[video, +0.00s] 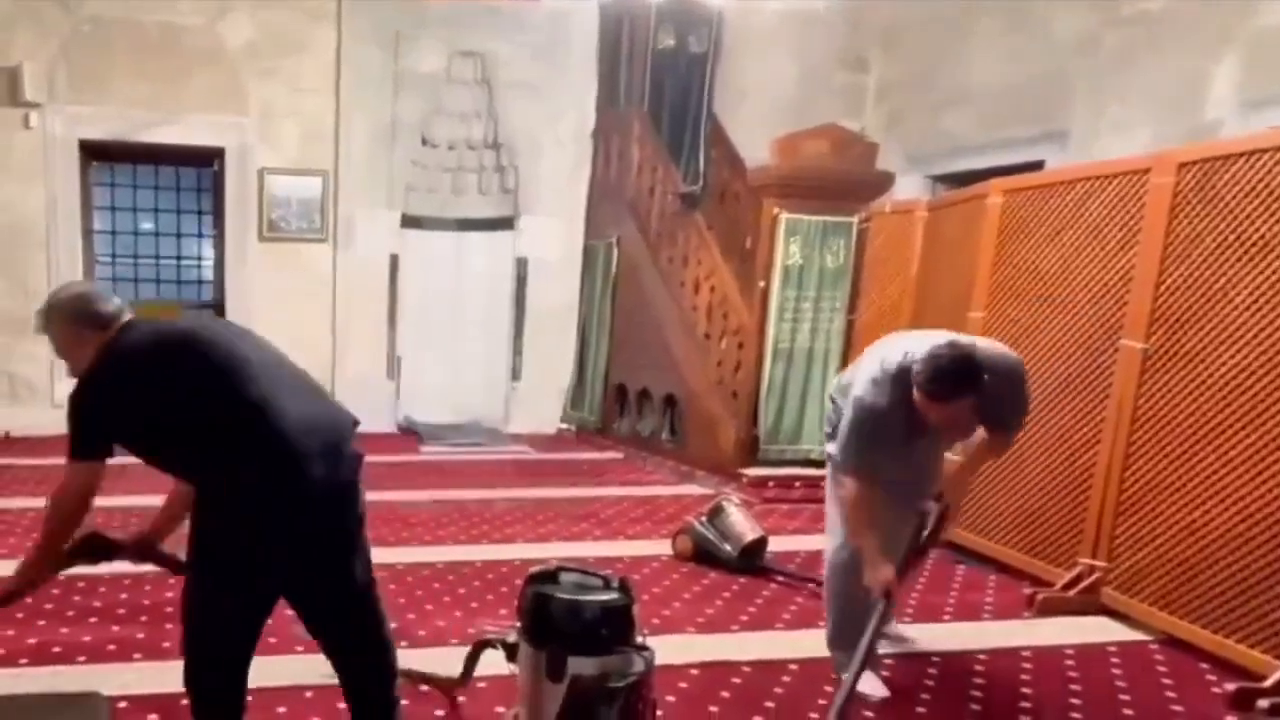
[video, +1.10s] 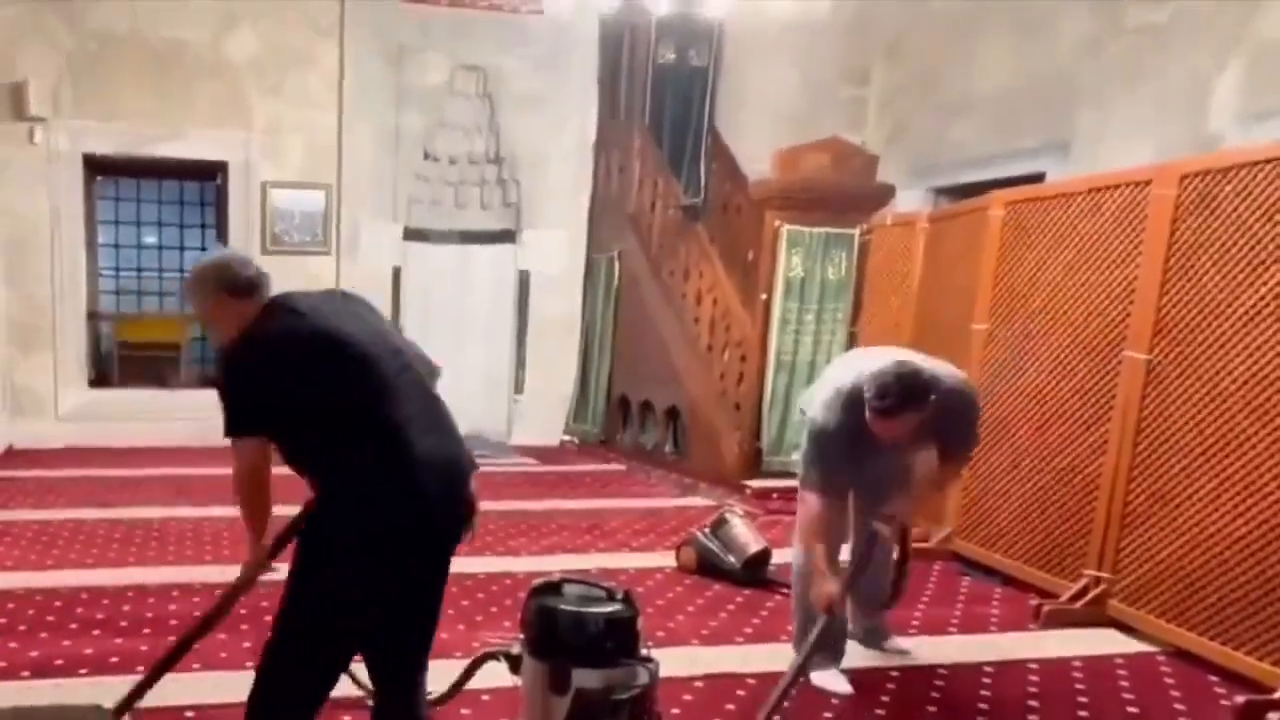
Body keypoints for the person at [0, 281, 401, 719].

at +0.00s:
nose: (63, 361)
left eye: (60, 347)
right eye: (57, 349)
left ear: (79, 333)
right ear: (115, 316)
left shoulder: (99, 385)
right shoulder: (188, 336)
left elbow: (76, 495)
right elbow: (202, 465)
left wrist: (27, 575)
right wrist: (150, 536)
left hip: (247, 493)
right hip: (331, 465)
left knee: (215, 657)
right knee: (356, 634)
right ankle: (379, 709)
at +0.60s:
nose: (87, 366)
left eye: (85, 352)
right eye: (81, 354)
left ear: (102, 340)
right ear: (140, 321)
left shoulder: (122, 390)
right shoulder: (205, 340)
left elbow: (86, 500)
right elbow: (233, 458)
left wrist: (41, 582)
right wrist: (172, 530)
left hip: (271, 498)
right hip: (352, 468)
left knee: (227, 658)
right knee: (345, 637)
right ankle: (386, 711)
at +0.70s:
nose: (116, 366)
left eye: (112, 348)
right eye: (110, 352)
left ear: (132, 328)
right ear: (166, 314)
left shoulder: (148, 381)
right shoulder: (232, 332)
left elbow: (116, 496)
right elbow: (276, 430)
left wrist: (78, 574)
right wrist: (213, 510)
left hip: (290, 499)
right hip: (371, 469)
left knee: (238, 664)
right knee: (356, 645)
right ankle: (390, 710)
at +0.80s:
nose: (135, 353)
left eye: (134, 338)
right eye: (128, 340)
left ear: (163, 320)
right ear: (188, 310)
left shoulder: (176, 375)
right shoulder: (256, 325)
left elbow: (154, 487)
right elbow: (315, 440)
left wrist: (119, 573)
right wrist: (239, 510)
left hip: (316, 497)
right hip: (394, 475)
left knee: (256, 666)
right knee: (370, 646)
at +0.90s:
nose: (171, 338)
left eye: (170, 325)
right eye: (166, 327)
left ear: (189, 311)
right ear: (220, 298)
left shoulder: (205, 367)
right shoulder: (287, 319)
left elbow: (188, 484)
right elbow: (345, 417)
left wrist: (163, 564)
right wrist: (281, 494)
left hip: (339, 498)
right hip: (417, 475)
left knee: (273, 663)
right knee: (380, 644)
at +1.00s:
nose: (195, 335)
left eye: (192, 322)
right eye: (188, 324)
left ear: (209, 307)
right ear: (243, 291)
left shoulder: (227, 364)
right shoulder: (315, 311)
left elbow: (223, 479)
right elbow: (361, 401)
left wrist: (211, 556)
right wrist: (304, 477)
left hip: (354, 501)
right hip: (433, 481)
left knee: (286, 666)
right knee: (393, 656)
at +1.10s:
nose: (209, 335)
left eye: (206, 321)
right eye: (203, 323)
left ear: (221, 306)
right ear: (259, 288)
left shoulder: (245, 357)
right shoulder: (340, 304)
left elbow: (252, 468)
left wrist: (258, 541)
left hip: (363, 505)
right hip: (443, 492)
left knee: (295, 667)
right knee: (400, 666)